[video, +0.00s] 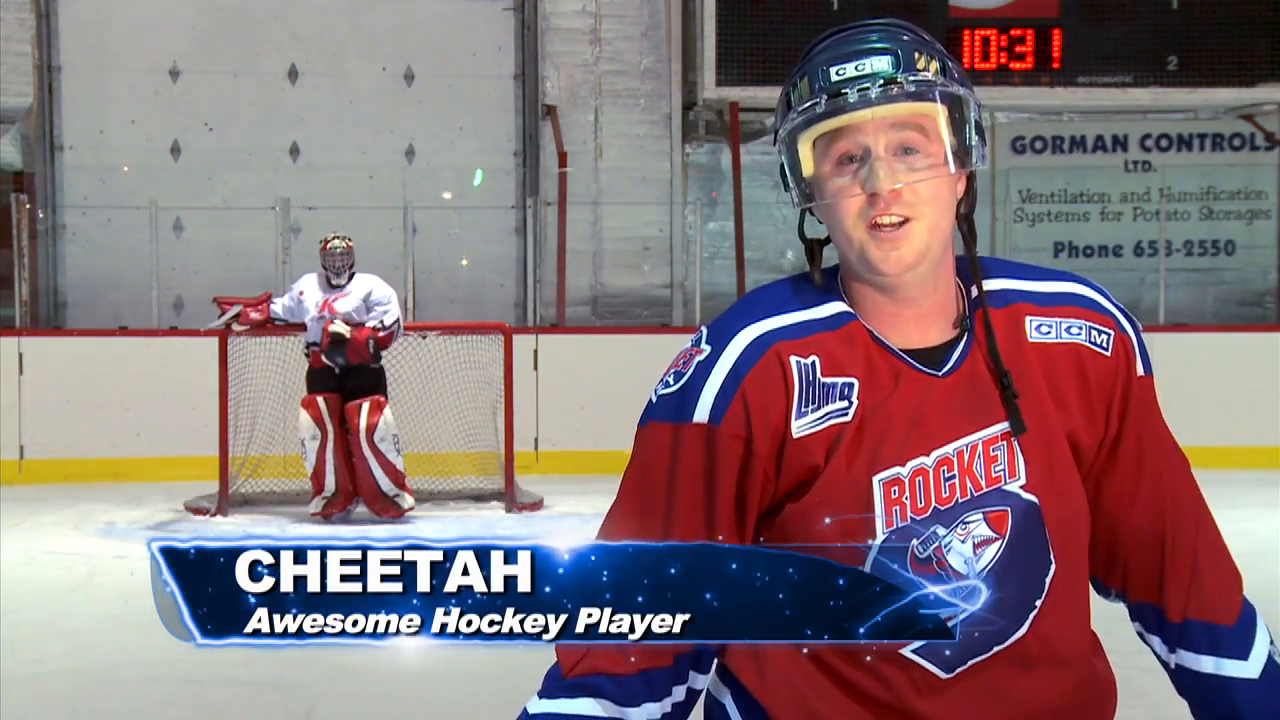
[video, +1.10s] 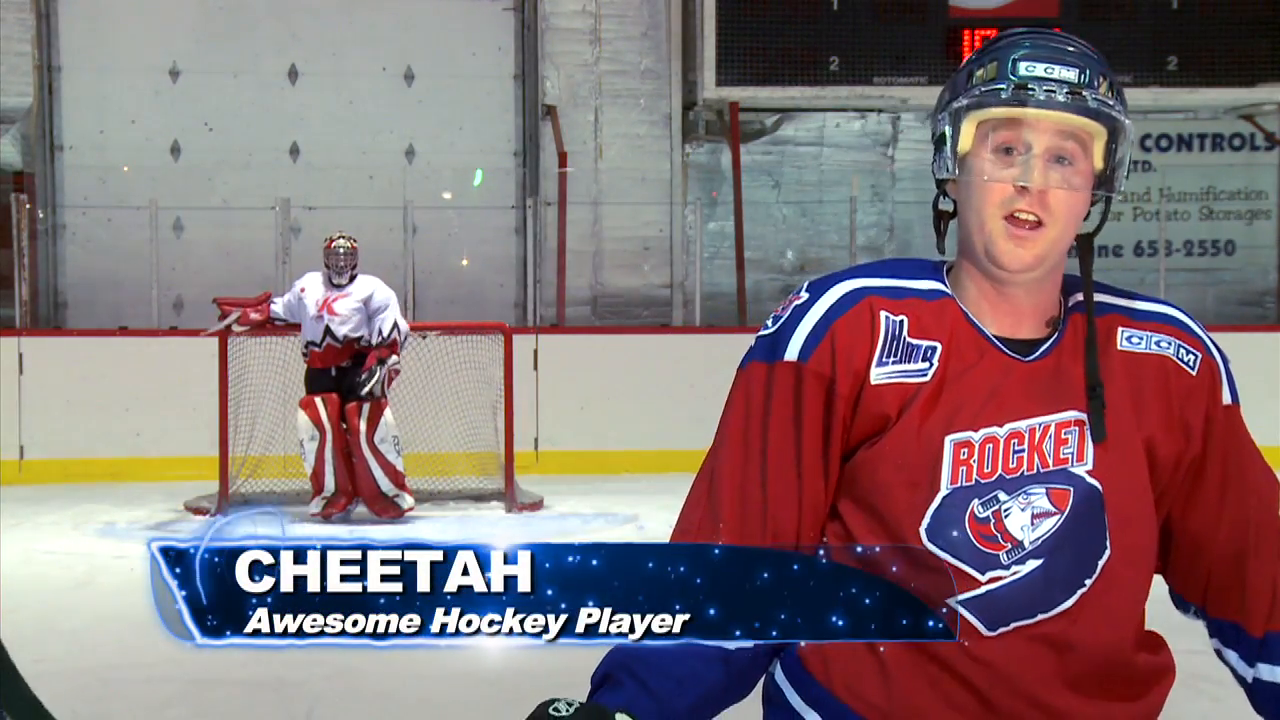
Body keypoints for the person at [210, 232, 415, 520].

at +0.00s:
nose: (338, 263)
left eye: (343, 257)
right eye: (332, 258)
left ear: (352, 258)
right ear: (323, 260)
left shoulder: (371, 286)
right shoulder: (307, 287)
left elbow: (389, 326)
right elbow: (281, 310)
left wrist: (352, 333)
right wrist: (245, 311)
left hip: (363, 374)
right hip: (323, 374)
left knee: (369, 431)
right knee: (322, 433)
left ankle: (391, 498)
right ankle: (332, 499)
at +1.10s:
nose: (340, 263)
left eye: (346, 257)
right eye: (335, 257)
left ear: (355, 259)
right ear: (326, 259)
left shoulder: (372, 290)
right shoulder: (308, 286)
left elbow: (393, 332)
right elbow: (281, 310)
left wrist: (379, 368)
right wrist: (246, 313)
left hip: (358, 372)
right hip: (320, 374)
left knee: (364, 432)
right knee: (326, 434)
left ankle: (389, 497)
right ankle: (335, 496)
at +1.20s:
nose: (341, 263)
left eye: (346, 257)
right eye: (335, 257)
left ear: (355, 259)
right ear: (326, 259)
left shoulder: (372, 290)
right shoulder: (308, 286)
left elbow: (390, 335)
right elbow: (281, 310)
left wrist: (377, 369)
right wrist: (246, 313)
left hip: (358, 373)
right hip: (320, 374)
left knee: (366, 433)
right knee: (325, 434)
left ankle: (389, 498)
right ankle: (334, 497)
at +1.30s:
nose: (341, 263)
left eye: (347, 257)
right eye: (335, 257)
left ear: (356, 259)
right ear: (326, 259)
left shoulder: (373, 291)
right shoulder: (308, 286)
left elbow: (387, 337)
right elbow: (280, 309)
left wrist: (376, 371)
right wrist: (246, 316)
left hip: (358, 372)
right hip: (320, 374)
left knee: (366, 433)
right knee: (326, 434)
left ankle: (390, 498)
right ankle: (334, 497)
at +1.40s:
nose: (342, 263)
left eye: (347, 257)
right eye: (336, 257)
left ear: (356, 259)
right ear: (326, 259)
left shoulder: (374, 292)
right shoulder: (309, 286)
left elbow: (389, 341)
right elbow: (278, 309)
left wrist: (377, 373)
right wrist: (241, 315)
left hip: (358, 373)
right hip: (320, 374)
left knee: (367, 432)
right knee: (326, 434)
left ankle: (389, 498)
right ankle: (334, 497)